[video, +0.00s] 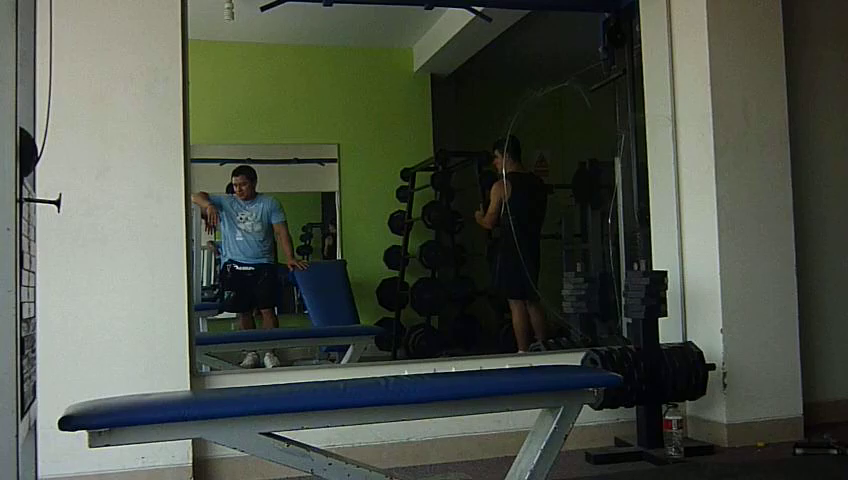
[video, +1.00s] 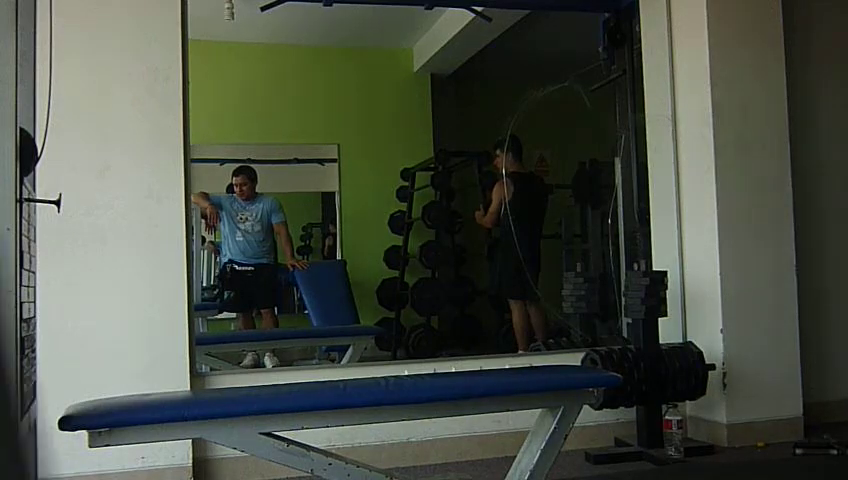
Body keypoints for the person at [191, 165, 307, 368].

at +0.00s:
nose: (238, 189)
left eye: (243, 184)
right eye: (235, 185)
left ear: (254, 184)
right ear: (232, 185)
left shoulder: (269, 204)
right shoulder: (226, 201)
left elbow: (281, 233)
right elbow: (197, 197)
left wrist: (290, 258)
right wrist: (208, 206)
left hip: (263, 268)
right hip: (235, 269)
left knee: (266, 310)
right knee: (244, 313)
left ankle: (269, 351)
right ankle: (251, 352)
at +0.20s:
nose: (238, 189)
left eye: (243, 184)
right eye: (235, 185)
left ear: (254, 183)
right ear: (232, 185)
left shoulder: (269, 203)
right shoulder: (226, 201)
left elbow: (281, 232)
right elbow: (197, 196)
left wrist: (290, 258)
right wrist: (208, 206)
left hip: (263, 267)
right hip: (235, 268)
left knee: (266, 310)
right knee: (244, 313)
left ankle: (269, 351)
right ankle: (251, 351)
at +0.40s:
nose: (238, 189)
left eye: (243, 184)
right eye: (235, 185)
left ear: (254, 184)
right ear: (232, 185)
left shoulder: (269, 204)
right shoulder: (226, 201)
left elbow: (281, 232)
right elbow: (197, 197)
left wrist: (290, 258)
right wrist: (208, 206)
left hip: (263, 267)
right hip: (235, 267)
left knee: (266, 311)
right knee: (243, 313)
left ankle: (269, 352)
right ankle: (251, 352)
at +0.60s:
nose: (238, 189)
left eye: (243, 184)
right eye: (235, 185)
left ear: (254, 184)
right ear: (232, 185)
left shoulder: (269, 204)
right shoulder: (226, 201)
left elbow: (281, 232)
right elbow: (197, 197)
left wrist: (290, 258)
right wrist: (208, 206)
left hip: (263, 267)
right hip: (235, 268)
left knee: (266, 311)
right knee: (243, 313)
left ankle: (269, 352)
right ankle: (250, 352)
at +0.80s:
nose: (238, 189)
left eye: (243, 184)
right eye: (235, 185)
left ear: (254, 184)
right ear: (232, 185)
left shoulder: (269, 204)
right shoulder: (226, 201)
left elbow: (282, 232)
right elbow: (197, 197)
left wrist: (289, 258)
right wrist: (208, 206)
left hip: (263, 267)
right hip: (235, 268)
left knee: (266, 311)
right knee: (243, 313)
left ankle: (269, 352)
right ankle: (250, 352)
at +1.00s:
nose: (238, 189)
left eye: (243, 185)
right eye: (235, 185)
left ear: (254, 184)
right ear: (232, 185)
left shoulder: (269, 204)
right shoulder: (226, 201)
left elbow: (282, 232)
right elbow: (197, 197)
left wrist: (289, 258)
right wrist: (208, 206)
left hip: (263, 267)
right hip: (235, 268)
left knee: (266, 311)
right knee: (243, 313)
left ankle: (269, 352)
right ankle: (251, 352)